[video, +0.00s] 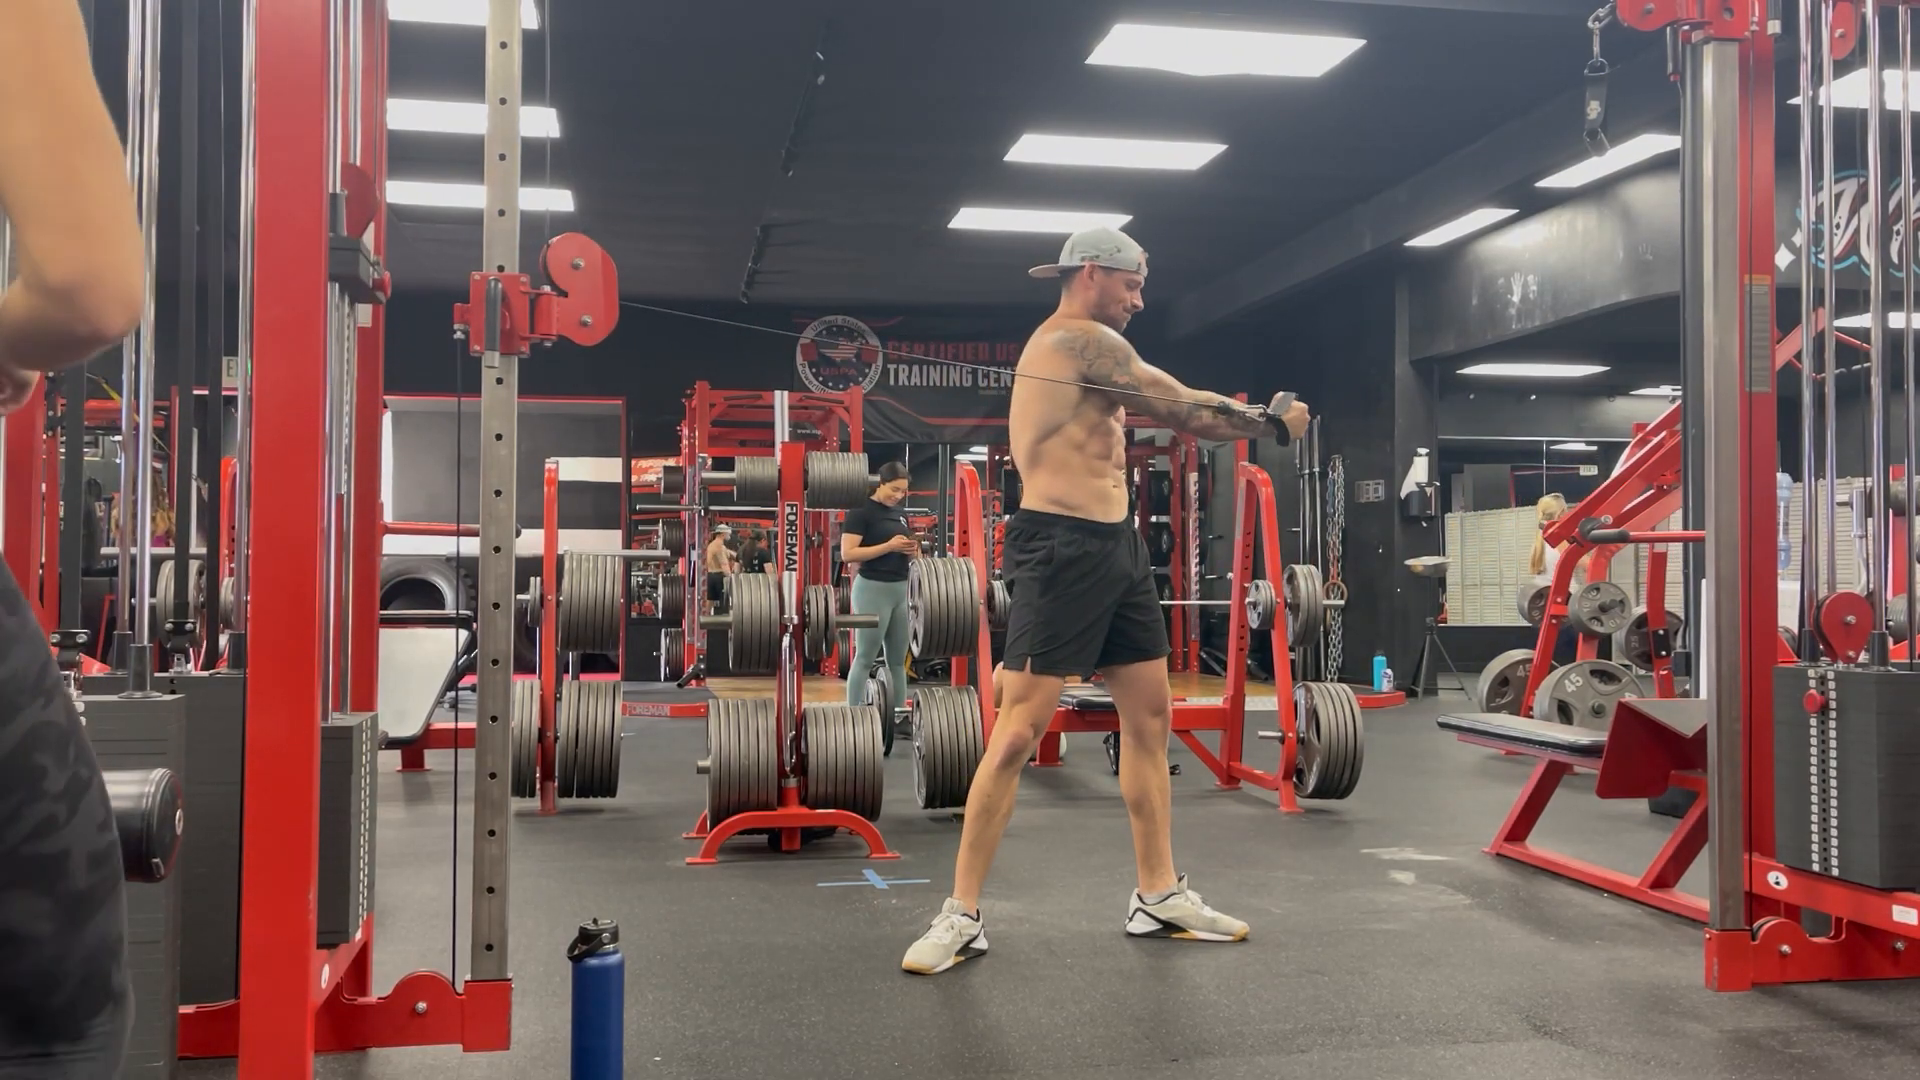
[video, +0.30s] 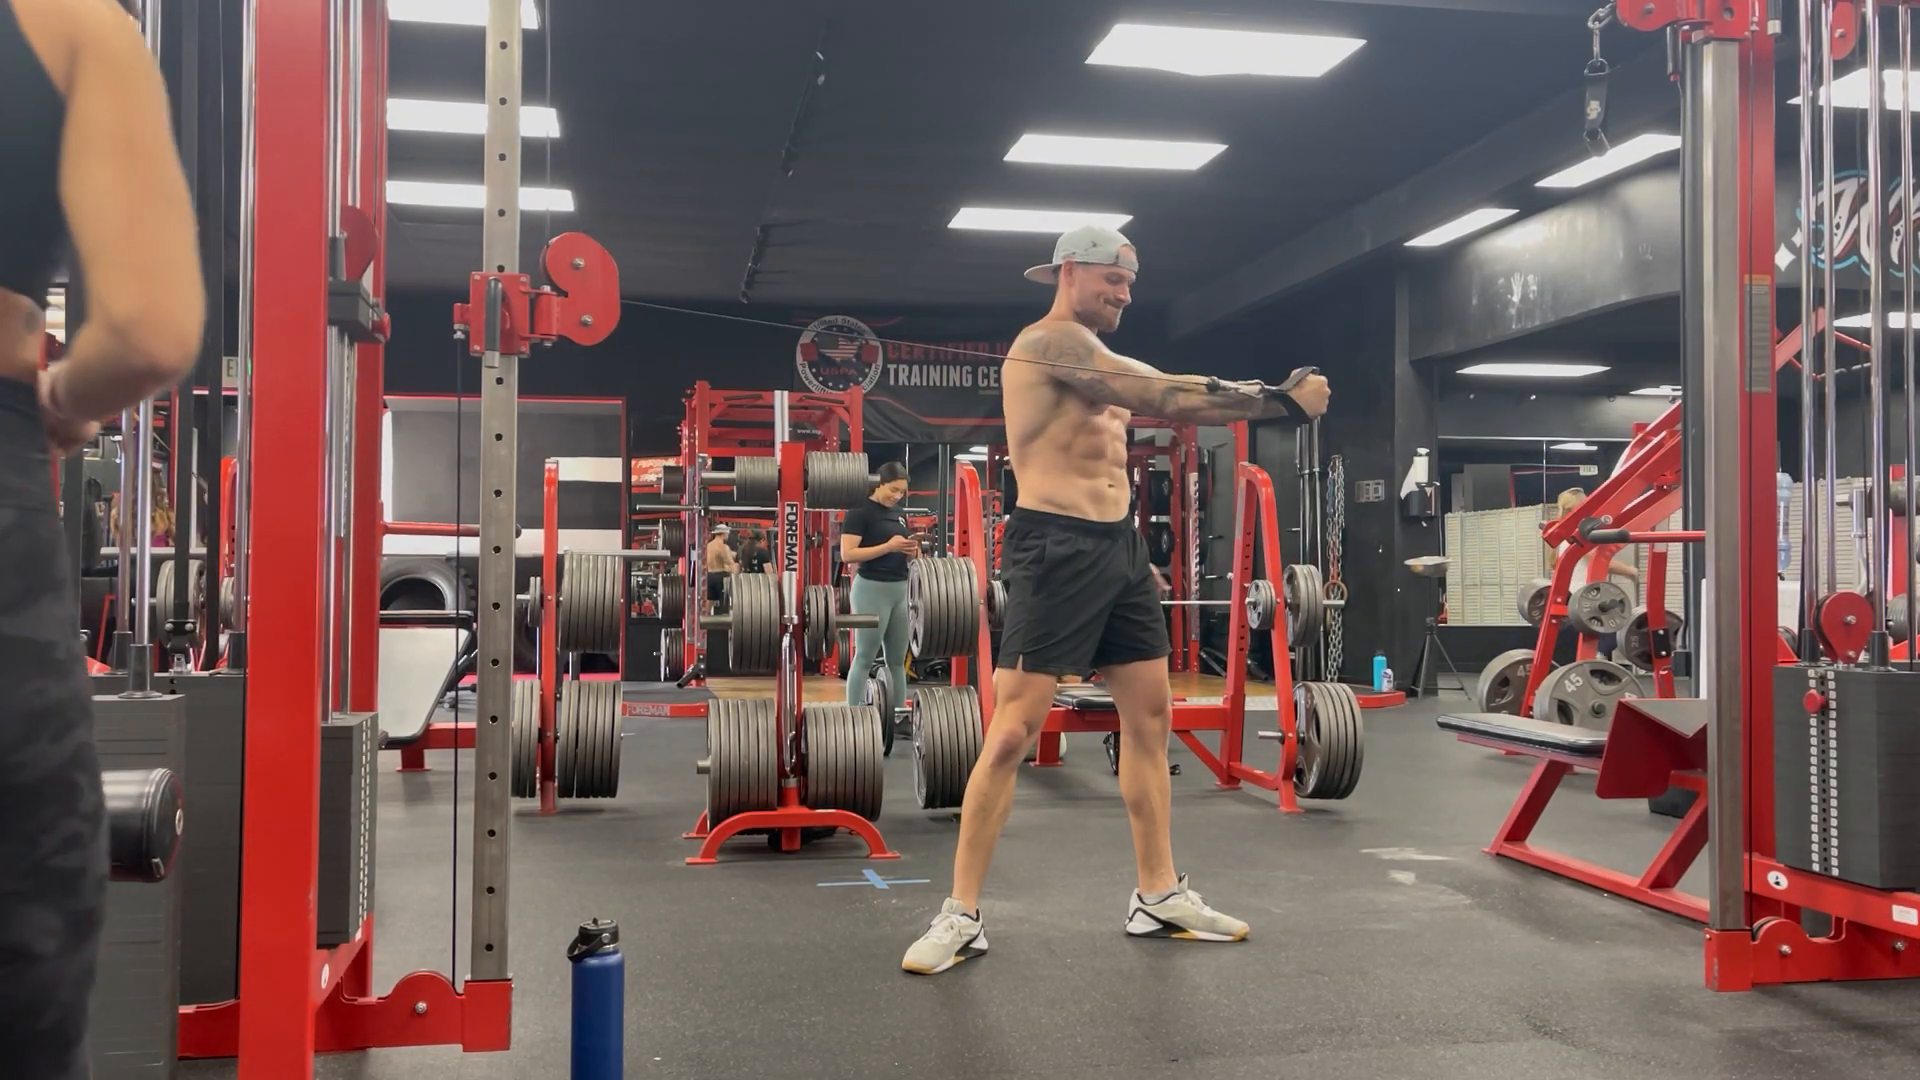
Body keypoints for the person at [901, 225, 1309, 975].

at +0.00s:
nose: (1139, 297)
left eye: (1141, 286)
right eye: (1131, 283)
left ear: (1091, 278)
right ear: (1091, 275)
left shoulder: (1090, 350)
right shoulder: (1076, 338)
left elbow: (1179, 415)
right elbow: (1180, 401)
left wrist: (1250, 416)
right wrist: (1268, 418)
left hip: (1118, 552)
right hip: (1056, 548)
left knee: (1149, 721)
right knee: (1015, 736)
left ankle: (1158, 895)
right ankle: (961, 911)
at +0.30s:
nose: (1124, 291)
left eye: (1129, 281)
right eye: (1112, 275)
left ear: (1122, 290)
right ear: (1066, 275)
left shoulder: (1109, 359)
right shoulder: (1048, 340)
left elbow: (1181, 397)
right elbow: (1155, 395)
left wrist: (1275, 394)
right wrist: (1275, 398)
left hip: (1121, 551)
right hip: (1052, 548)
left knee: (1149, 720)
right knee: (1011, 736)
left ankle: (1159, 894)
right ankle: (961, 911)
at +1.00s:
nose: (1065, 278)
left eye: (1079, 266)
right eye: (1053, 267)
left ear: (1104, 279)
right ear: (1034, 278)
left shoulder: (1140, 365)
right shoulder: (1005, 346)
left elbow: (1203, 460)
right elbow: (988, 383)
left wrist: (1272, 536)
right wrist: (1021, 365)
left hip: (1129, 551)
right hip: (1042, 552)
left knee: (1156, 719)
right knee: (993, 725)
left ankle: (1158, 894)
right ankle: (960, 910)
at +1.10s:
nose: (1055, 276)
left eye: (1070, 264)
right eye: (1044, 265)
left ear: (1099, 279)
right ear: (1029, 278)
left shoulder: (1143, 363)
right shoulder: (1007, 347)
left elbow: (1213, 455)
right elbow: (967, 384)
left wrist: (1291, 531)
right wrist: (964, 362)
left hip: (1128, 548)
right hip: (1039, 550)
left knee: (1156, 720)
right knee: (992, 725)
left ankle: (1159, 894)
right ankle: (960, 909)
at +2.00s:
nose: (1105, 277)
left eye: (1110, 268)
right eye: (1089, 264)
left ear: (1109, 283)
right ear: (1047, 275)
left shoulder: (1115, 371)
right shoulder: (1018, 350)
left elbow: (1144, 464)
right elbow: (1111, 381)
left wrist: (1191, 541)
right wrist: (1235, 372)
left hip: (1126, 552)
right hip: (1050, 550)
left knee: (1157, 716)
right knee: (1003, 731)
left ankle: (1159, 893)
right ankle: (960, 909)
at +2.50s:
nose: (1127, 289)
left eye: (1129, 277)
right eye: (1117, 275)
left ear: (1089, 279)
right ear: (1073, 275)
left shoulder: (1096, 353)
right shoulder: (1058, 342)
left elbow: (1174, 397)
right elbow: (1167, 394)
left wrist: (1260, 398)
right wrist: (1271, 401)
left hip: (1122, 554)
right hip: (1058, 551)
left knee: (1150, 720)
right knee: (1015, 737)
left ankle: (1158, 894)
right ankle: (961, 910)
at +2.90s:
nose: (1115, 282)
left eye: (1119, 272)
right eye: (1101, 267)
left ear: (1110, 285)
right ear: (1054, 273)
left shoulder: (1107, 365)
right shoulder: (1031, 343)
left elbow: (1125, 469)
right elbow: (1143, 382)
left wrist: (1166, 543)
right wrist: (1264, 385)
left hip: (1128, 553)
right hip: (1055, 549)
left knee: (1147, 722)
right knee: (1010, 735)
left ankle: (1158, 895)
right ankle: (961, 910)